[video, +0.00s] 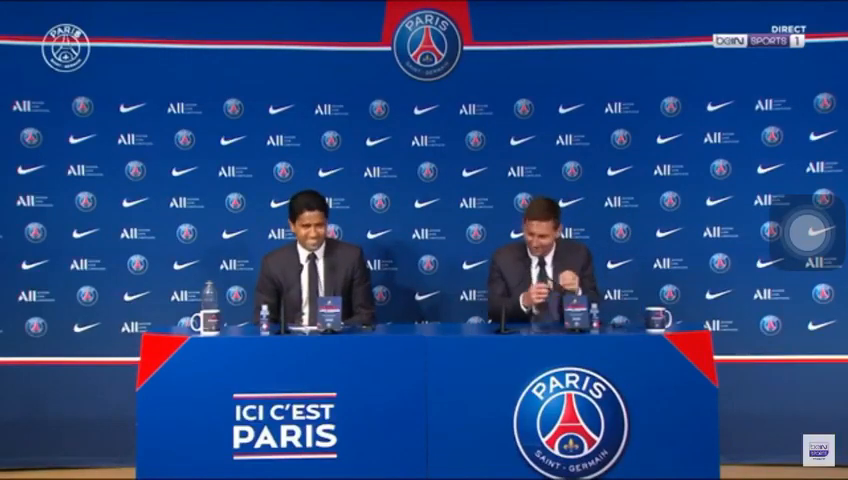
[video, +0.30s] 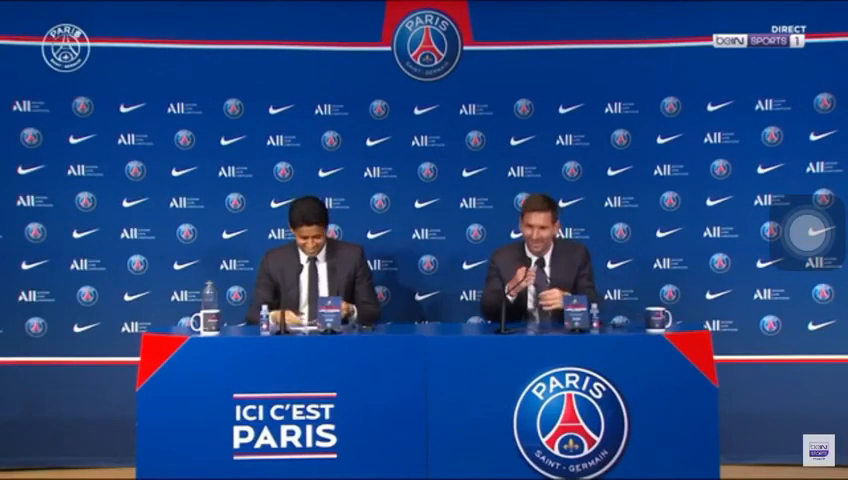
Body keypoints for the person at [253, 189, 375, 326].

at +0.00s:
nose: (314, 233)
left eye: (319, 225)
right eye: (306, 226)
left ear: (326, 223)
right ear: (292, 226)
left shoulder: (351, 256)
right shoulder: (274, 262)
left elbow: (365, 315)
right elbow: (264, 320)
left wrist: (336, 332)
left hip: (339, 346)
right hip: (290, 347)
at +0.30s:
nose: (310, 244)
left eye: (317, 237)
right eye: (304, 237)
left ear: (326, 230)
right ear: (293, 232)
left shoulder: (352, 255)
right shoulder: (274, 260)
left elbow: (372, 312)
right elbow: (254, 315)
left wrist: (351, 311)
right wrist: (277, 317)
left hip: (339, 345)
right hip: (290, 346)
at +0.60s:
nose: (309, 247)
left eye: (315, 240)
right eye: (302, 241)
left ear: (326, 232)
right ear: (293, 234)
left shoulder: (352, 254)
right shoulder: (274, 257)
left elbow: (377, 312)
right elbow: (245, 314)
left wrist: (352, 288)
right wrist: (267, 288)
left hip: (340, 347)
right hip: (289, 347)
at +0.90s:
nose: (307, 246)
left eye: (314, 239)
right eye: (301, 239)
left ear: (326, 233)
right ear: (292, 235)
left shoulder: (352, 252)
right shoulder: (276, 257)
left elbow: (381, 307)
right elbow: (243, 311)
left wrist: (354, 269)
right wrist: (265, 272)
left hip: (339, 345)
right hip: (290, 346)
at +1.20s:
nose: (306, 246)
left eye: (312, 239)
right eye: (300, 240)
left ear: (325, 234)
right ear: (291, 236)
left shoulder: (351, 251)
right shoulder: (277, 256)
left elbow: (381, 306)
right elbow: (242, 310)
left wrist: (353, 267)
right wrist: (264, 272)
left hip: (340, 346)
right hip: (291, 346)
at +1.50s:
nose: (308, 246)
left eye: (315, 239)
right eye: (301, 239)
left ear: (326, 232)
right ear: (291, 235)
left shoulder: (345, 254)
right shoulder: (277, 258)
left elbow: (384, 292)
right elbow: (236, 302)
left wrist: (355, 252)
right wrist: (259, 257)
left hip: (341, 345)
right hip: (291, 346)